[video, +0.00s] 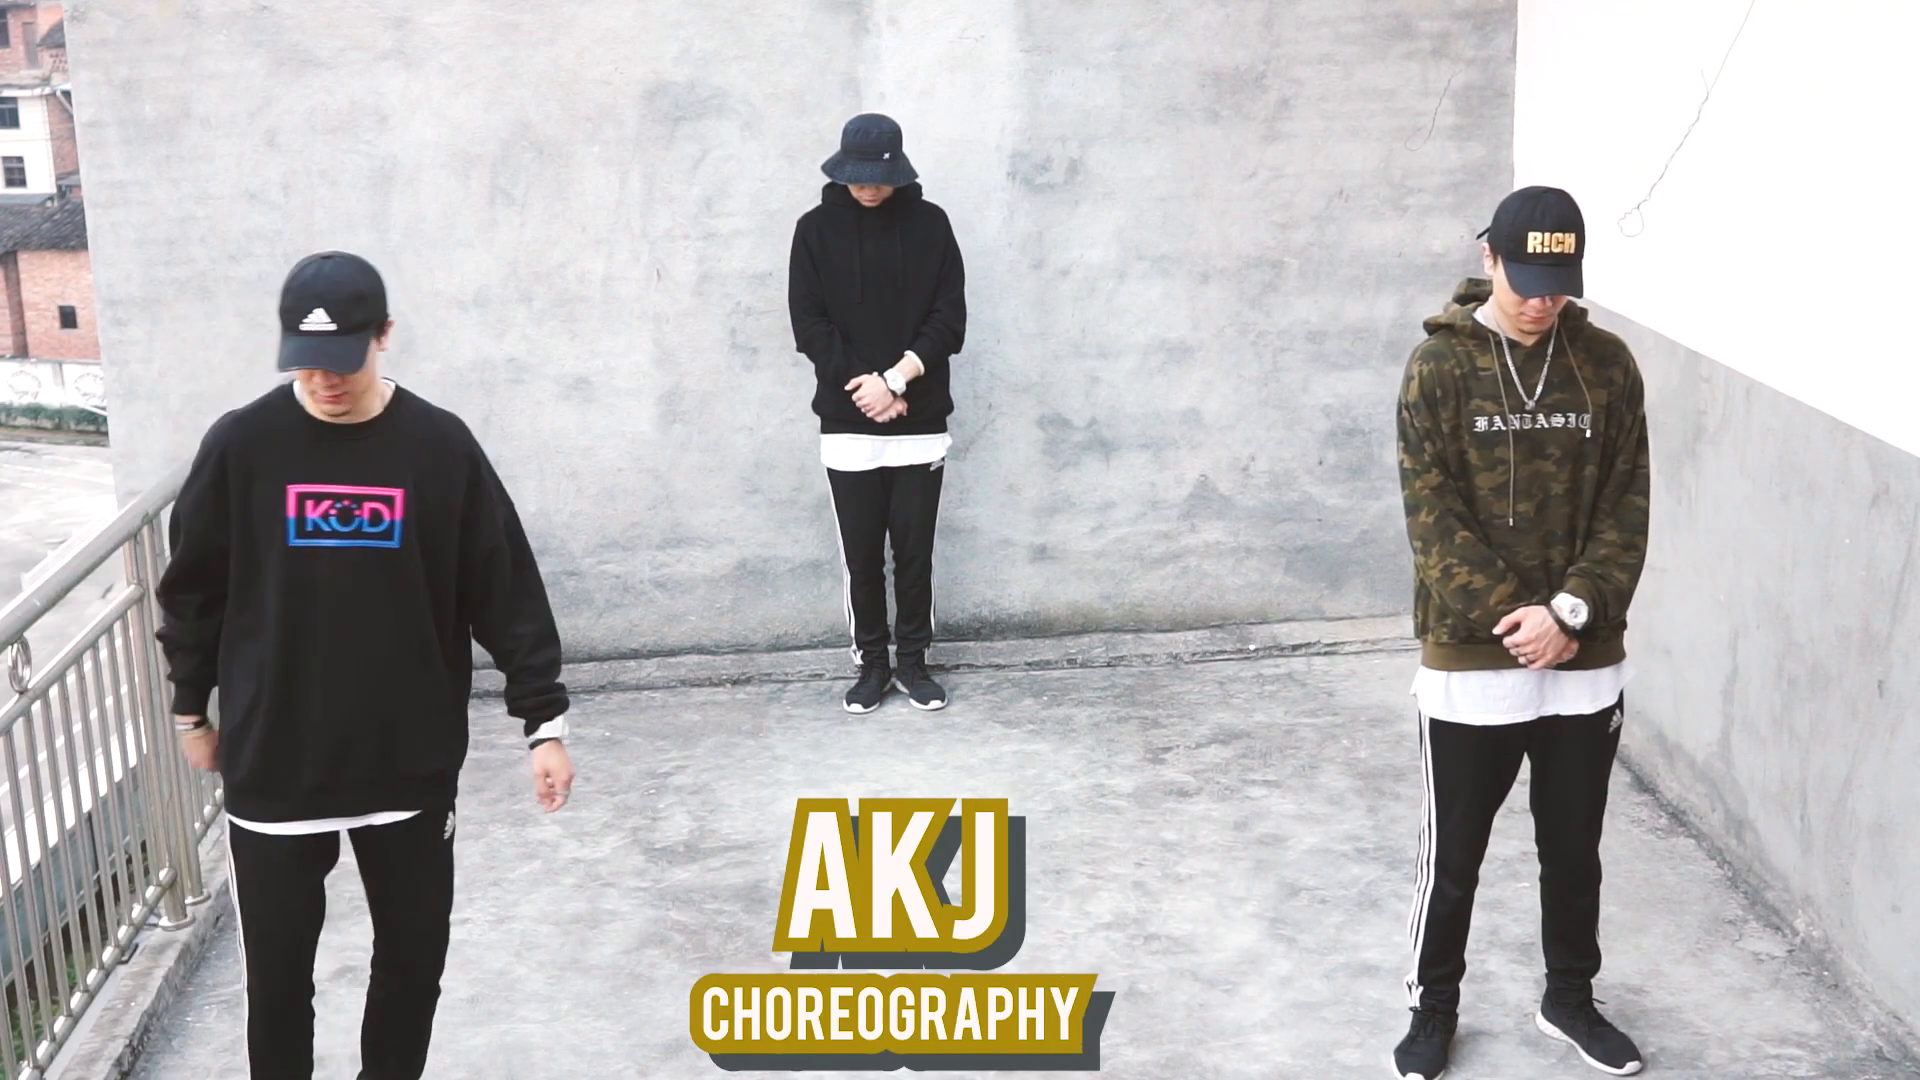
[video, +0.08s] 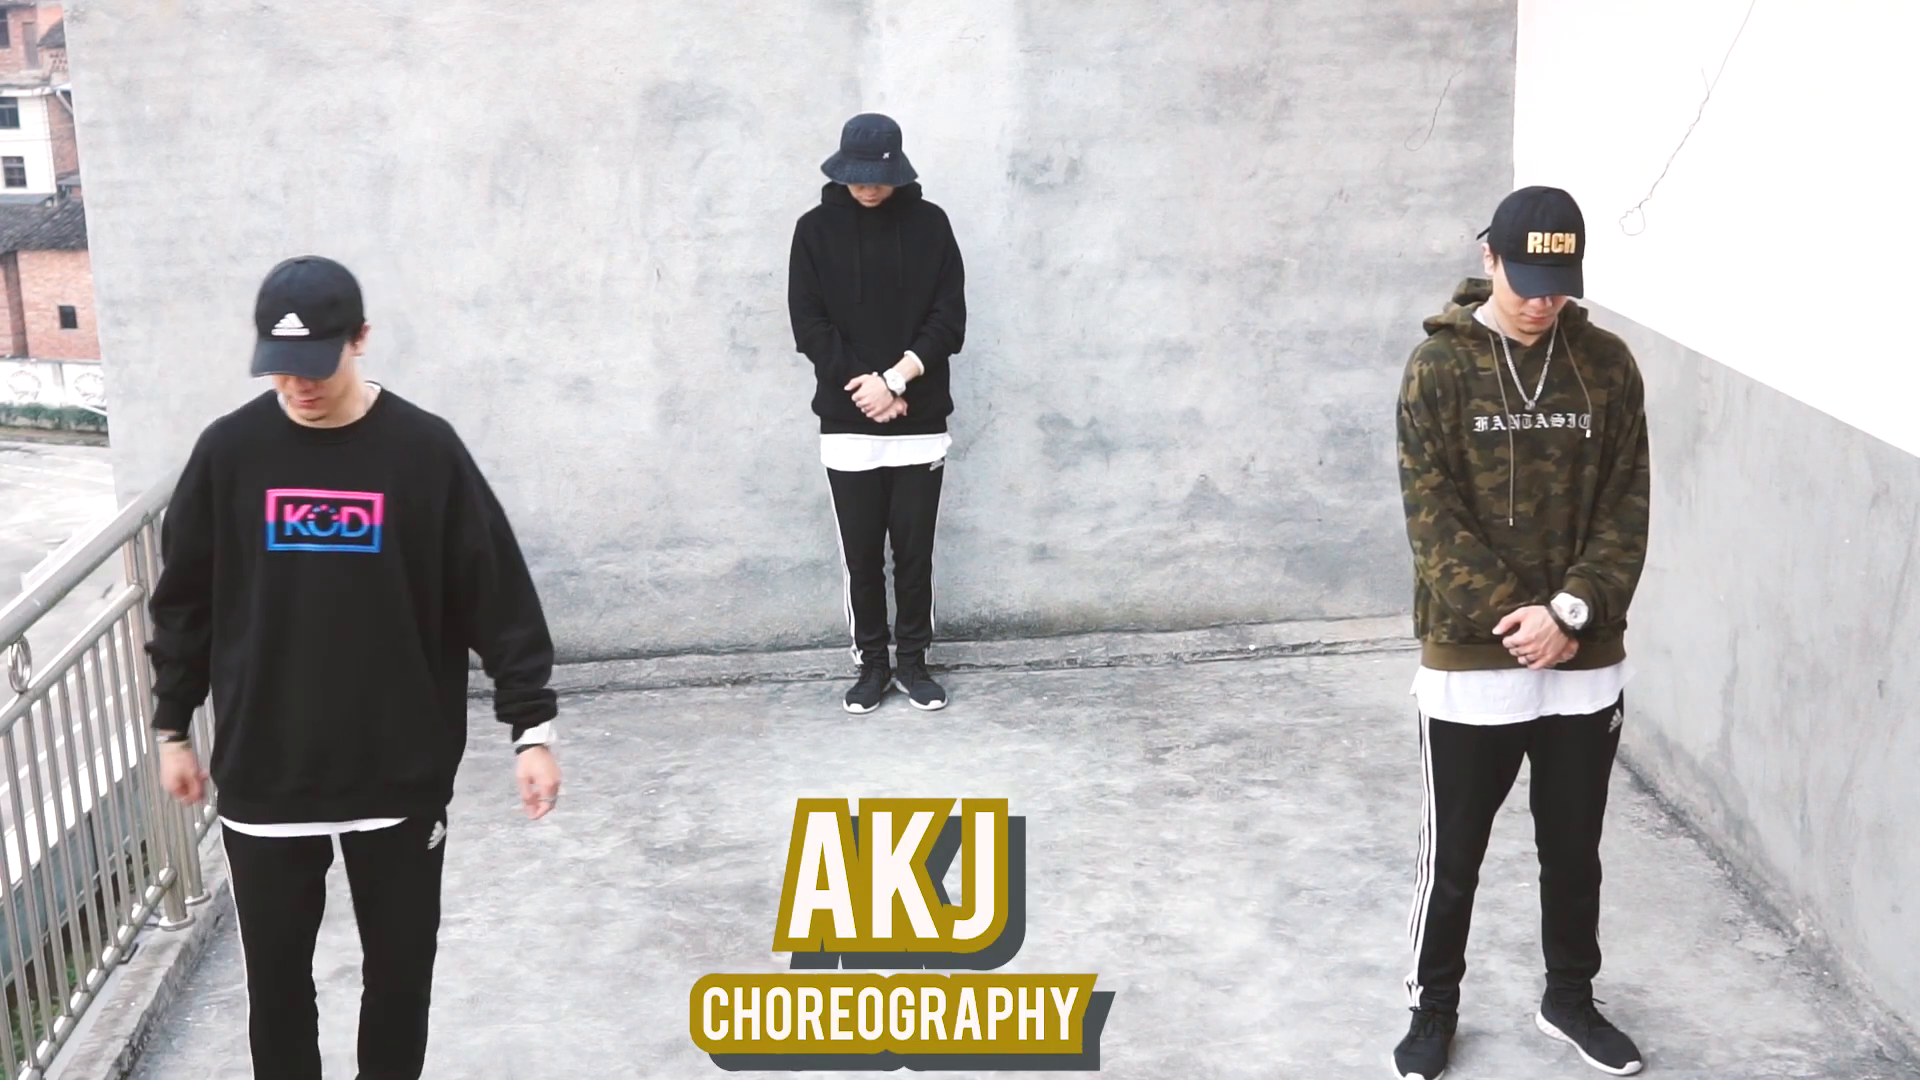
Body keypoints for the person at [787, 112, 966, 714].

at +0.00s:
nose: (869, 189)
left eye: (880, 178)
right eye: (858, 178)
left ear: (898, 173)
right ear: (842, 173)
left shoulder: (929, 223)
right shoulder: (816, 228)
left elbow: (950, 318)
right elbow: (808, 325)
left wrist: (897, 374)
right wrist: (864, 387)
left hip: (920, 416)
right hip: (846, 419)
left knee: (913, 550)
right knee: (862, 553)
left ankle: (913, 663)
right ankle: (873, 667)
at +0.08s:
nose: (868, 189)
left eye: (880, 178)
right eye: (858, 178)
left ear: (898, 173)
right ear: (841, 173)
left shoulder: (929, 222)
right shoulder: (816, 229)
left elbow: (949, 318)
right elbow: (808, 325)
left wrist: (897, 374)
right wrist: (864, 387)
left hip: (920, 416)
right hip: (846, 419)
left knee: (913, 551)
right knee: (862, 553)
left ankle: (913, 663)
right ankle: (873, 667)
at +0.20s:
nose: (868, 188)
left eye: (879, 178)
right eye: (857, 178)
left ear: (898, 172)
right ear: (841, 173)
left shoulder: (928, 222)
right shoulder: (815, 228)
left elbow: (949, 318)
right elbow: (808, 325)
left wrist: (896, 374)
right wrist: (864, 387)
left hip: (920, 415)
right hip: (846, 418)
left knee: (913, 549)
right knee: (861, 552)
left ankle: (913, 663)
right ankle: (873, 667)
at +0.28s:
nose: (868, 188)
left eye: (879, 177)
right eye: (857, 177)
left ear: (898, 172)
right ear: (841, 173)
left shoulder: (928, 222)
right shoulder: (815, 228)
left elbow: (949, 317)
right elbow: (807, 324)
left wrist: (897, 374)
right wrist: (863, 387)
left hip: (920, 415)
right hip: (846, 418)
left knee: (913, 549)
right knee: (861, 552)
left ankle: (913, 663)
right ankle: (873, 667)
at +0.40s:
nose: (867, 187)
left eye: (879, 177)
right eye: (857, 177)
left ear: (898, 172)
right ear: (840, 172)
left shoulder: (928, 222)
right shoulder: (814, 228)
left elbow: (949, 317)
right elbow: (806, 325)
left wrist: (896, 374)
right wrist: (863, 387)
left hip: (920, 415)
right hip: (846, 418)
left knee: (913, 549)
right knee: (861, 552)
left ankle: (913, 663)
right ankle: (873, 667)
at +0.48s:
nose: (867, 187)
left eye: (878, 177)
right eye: (856, 176)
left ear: (897, 172)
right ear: (840, 172)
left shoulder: (928, 222)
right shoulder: (814, 228)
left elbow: (949, 317)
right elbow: (806, 325)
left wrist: (896, 374)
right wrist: (864, 387)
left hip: (920, 415)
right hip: (845, 418)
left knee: (913, 549)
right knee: (861, 552)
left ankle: (913, 663)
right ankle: (873, 667)